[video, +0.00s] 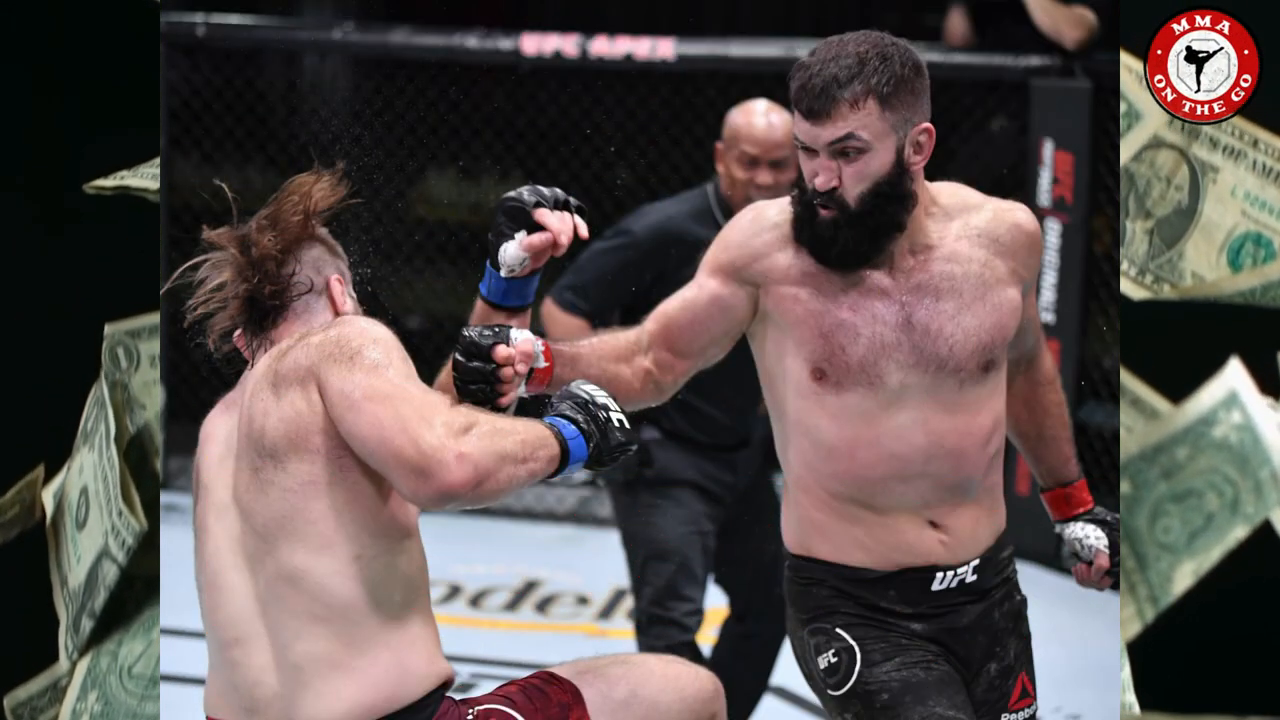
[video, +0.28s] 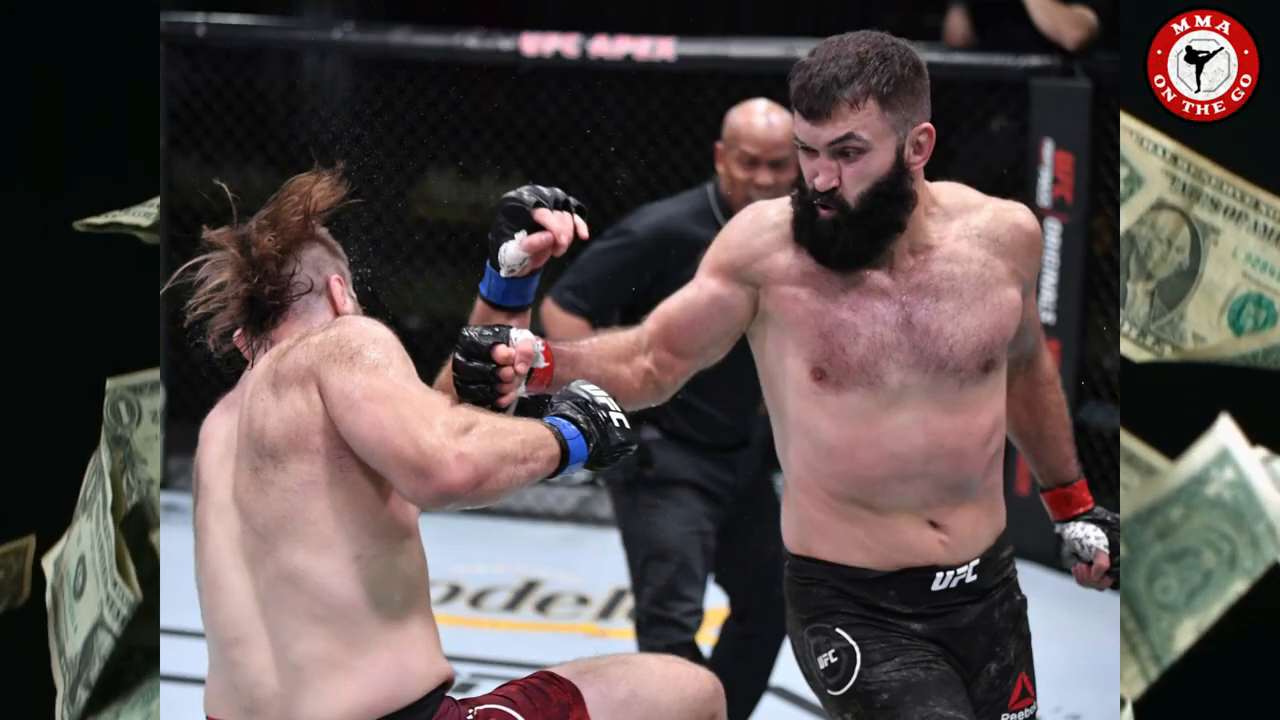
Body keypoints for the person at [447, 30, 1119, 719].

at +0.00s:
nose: (817, 177)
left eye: (845, 152)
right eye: (805, 151)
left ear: (918, 144)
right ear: (791, 140)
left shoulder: (1006, 235)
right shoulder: (758, 243)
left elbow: (1028, 367)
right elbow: (650, 361)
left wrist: (1075, 507)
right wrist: (537, 368)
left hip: (982, 595)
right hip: (845, 607)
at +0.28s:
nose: (817, 177)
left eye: (845, 152)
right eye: (805, 151)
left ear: (918, 144)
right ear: (790, 140)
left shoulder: (1005, 235)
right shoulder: (758, 243)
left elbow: (1028, 367)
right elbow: (651, 361)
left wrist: (1076, 506)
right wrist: (537, 368)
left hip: (983, 594)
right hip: (845, 607)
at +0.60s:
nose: (817, 177)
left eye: (845, 152)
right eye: (805, 151)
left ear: (918, 144)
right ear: (790, 140)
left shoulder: (1005, 235)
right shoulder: (758, 243)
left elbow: (1028, 367)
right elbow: (651, 360)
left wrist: (1076, 506)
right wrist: (537, 368)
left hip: (983, 594)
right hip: (845, 607)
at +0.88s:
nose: (817, 177)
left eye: (845, 152)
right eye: (805, 151)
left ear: (918, 144)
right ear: (791, 140)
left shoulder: (1006, 235)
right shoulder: (758, 243)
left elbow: (1028, 367)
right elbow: (650, 361)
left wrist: (1075, 507)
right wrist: (538, 368)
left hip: (982, 595)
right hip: (845, 607)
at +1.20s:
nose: (818, 177)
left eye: (845, 151)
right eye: (806, 151)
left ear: (918, 143)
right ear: (791, 141)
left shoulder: (1006, 235)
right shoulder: (758, 243)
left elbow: (1027, 366)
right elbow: (650, 360)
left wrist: (1075, 507)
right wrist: (538, 368)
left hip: (982, 594)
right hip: (845, 607)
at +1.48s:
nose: (818, 177)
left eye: (846, 151)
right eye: (806, 151)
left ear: (918, 143)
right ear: (791, 140)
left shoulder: (1006, 235)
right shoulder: (758, 243)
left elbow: (1028, 366)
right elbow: (650, 360)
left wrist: (1074, 506)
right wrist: (538, 368)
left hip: (982, 595)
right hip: (845, 607)